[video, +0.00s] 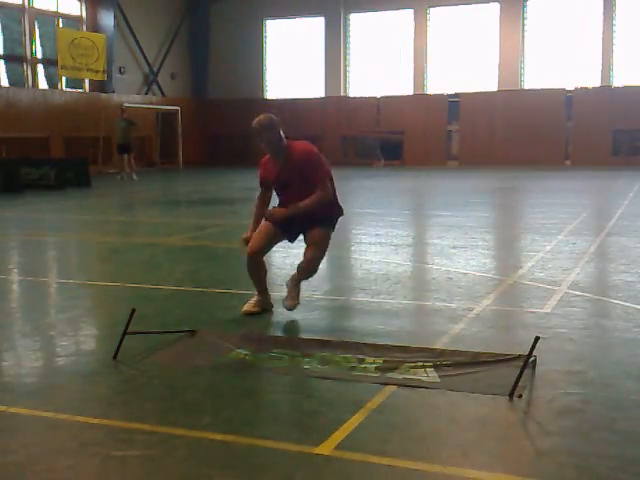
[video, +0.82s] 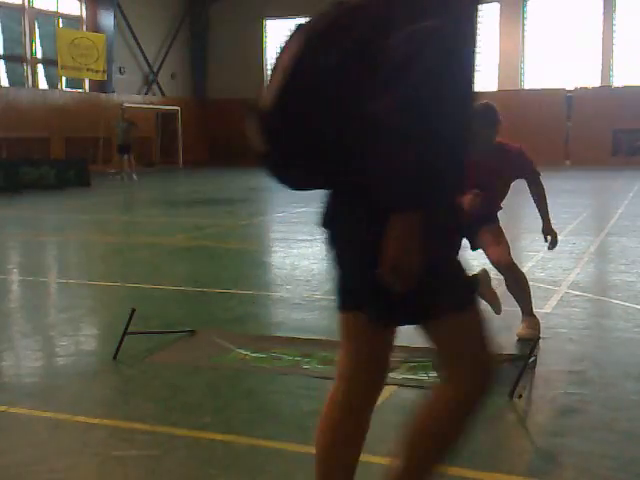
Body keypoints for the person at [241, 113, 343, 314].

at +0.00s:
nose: (268, 147)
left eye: (271, 141)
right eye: (264, 143)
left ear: (280, 135)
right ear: (259, 142)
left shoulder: (306, 152)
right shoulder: (267, 166)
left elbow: (327, 193)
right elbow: (264, 198)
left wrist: (289, 211)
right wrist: (253, 230)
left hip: (320, 209)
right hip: (287, 209)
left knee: (312, 263)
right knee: (254, 251)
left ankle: (295, 282)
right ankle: (263, 297)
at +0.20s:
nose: (306, 125)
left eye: (308, 119)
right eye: (300, 121)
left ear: (315, 119)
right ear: (294, 125)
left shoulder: (337, 138)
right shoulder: (290, 152)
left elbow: (382, 142)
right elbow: (267, 187)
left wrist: (361, 164)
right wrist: (276, 187)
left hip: (347, 206)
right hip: (312, 208)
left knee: (369, 240)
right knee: (270, 253)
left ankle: (364, 292)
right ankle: (265, 299)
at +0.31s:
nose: (348, 105)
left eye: (351, 99)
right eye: (342, 100)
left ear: (357, 96)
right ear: (334, 100)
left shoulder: (379, 116)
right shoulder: (327, 127)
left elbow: (423, 116)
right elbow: (295, 159)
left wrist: (421, 142)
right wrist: (321, 160)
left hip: (376, 199)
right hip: (340, 201)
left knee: (414, 236)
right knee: (297, 249)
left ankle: (427, 292)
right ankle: (267, 295)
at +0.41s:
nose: (393, 93)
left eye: (397, 87)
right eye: (388, 88)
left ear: (405, 88)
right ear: (380, 90)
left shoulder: (422, 114)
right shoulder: (366, 122)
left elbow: (465, 129)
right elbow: (336, 152)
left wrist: (483, 162)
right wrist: (359, 172)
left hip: (410, 195)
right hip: (372, 196)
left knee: (449, 246)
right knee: (330, 244)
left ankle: (492, 302)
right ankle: (307, 291)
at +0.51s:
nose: (439, 116)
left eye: (444, 110)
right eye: (434, 110)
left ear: (451, 108)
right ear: (425, 109)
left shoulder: (463, 131)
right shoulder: (409, 133)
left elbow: (500, 150)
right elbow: (381, 163)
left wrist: (527, 185)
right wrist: (398, 189)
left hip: (445, 209)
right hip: (409, 208)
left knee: (480, 261)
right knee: (363, 260)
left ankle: (524, 316)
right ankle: (382, 284)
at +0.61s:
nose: (466, 120)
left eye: (472, 114)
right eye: (461, 114)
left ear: (482, 120)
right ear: (453, 118)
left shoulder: (496, 149)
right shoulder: (437, 146)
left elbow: (525, 173)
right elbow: (410, 178)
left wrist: (545, 206)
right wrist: (436, 201)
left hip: (469, 215)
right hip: (429, 215)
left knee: (497, 260)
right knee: (404, 277)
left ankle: (527, 317)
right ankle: (448, 281)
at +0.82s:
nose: (479, 139)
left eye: (484, 133)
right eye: (474, 133)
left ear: (494, 131)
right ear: (467, 131)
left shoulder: (511, 155)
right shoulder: (456, 153)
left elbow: (534, 182)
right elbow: (437, 187)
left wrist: (546, 222)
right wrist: (459, 199)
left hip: (483, 216)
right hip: (449, 215)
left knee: (503, 262)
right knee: (435, 273)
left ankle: (528, 317)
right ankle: (476, 283)